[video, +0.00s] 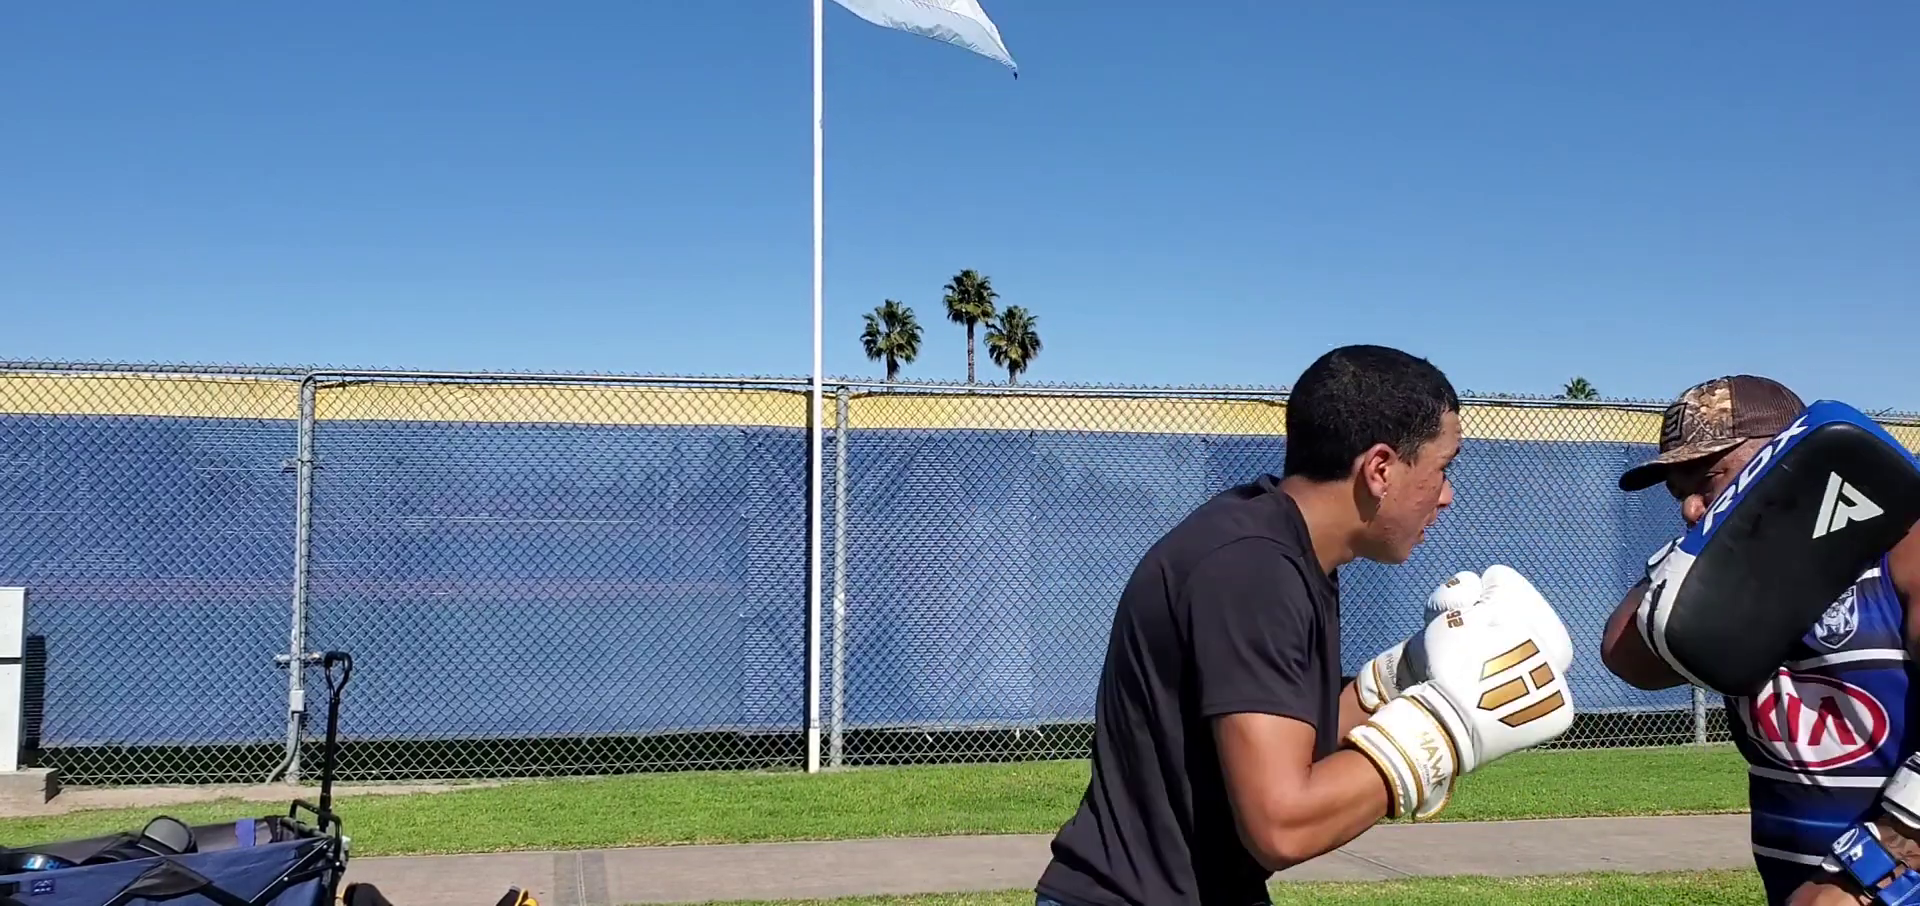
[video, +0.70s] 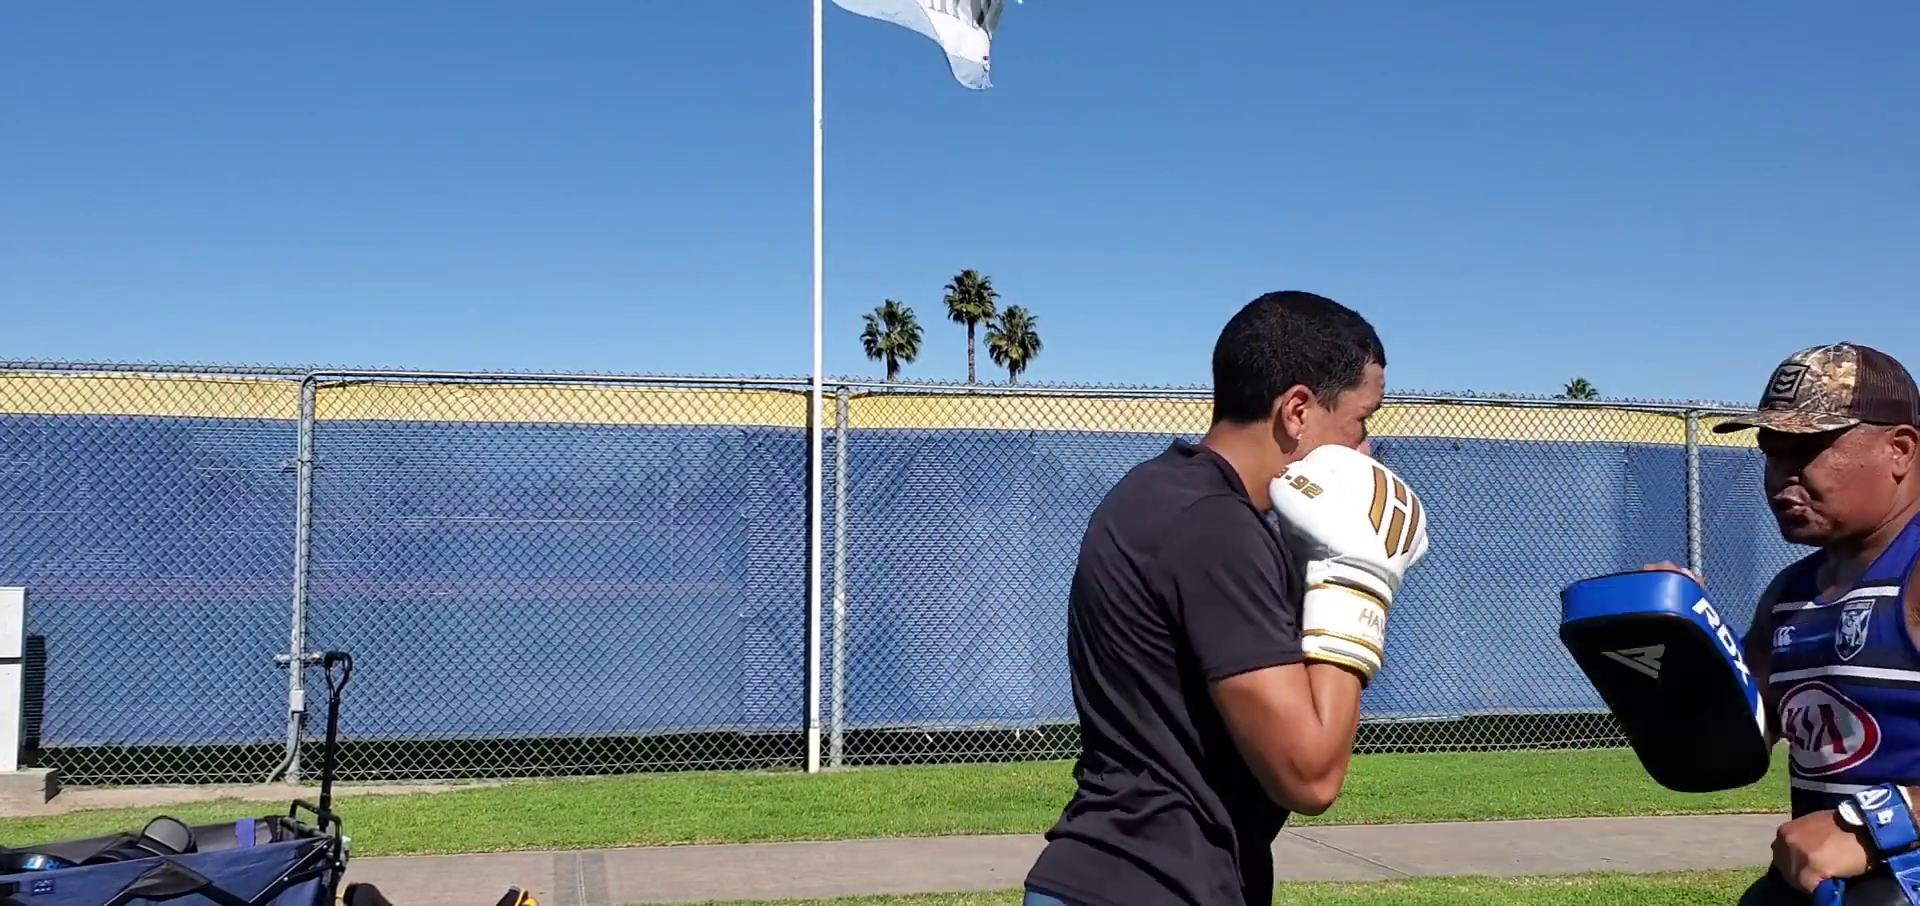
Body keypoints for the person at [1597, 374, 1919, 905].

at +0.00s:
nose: (1689, 507)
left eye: (1706, 477)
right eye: (1679, 490)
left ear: (1782, 449)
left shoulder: (1900, 534)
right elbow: (1624, 656)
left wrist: (1866, 871)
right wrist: (1703, 541)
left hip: (1892, 875)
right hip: (1789, 867)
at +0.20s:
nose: (1674, 507)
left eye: (1685, 482)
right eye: (1666, 492)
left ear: (1749, 455)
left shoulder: (1897, 544)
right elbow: (1595, 655)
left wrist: (1879, 870)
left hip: (1887, 884)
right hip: (1785, 875)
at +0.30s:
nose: (1667, 504)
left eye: (1678, 479)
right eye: (1664, 485)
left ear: (1743, 464)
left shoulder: (1897, 547)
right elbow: (1627, 666)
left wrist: (1894, 862)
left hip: (1884, 887)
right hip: (1793, 881)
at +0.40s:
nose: (1683, 480)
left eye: (1701, 444)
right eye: (1688, 458)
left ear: (1785, 434)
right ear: (1785, 436)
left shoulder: (1892, 527)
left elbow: (1916, 709)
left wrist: (1806, 875)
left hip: (1891, 886)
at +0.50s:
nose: (1708, 464)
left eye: (1727, 437)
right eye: (1710, 446)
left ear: (1817, 425)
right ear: (1816, 426)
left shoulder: (1896, 527)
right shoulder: (1743, 583)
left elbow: (1915, 692)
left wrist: (1786, 839)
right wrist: (1665, 650)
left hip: (1885, 874)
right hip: (1801, 877)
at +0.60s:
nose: (1745, 459)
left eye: (1770, 433)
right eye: (1744, 438)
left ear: (1869, 437)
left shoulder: (1907, 555)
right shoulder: (1766, 592)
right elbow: (1697, 702)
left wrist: (1829, 811)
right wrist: (1644, 686)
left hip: (1894, 882)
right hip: (1788, 880)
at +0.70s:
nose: (1775, 481)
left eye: (1801, 451)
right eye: (1769, 453)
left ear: (1900, 452)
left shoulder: (1914, 573)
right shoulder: (1789, 590)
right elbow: (1739, 735)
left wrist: (1870, 823)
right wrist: (1677, 629)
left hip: (1902, 881)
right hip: (1803, 873)